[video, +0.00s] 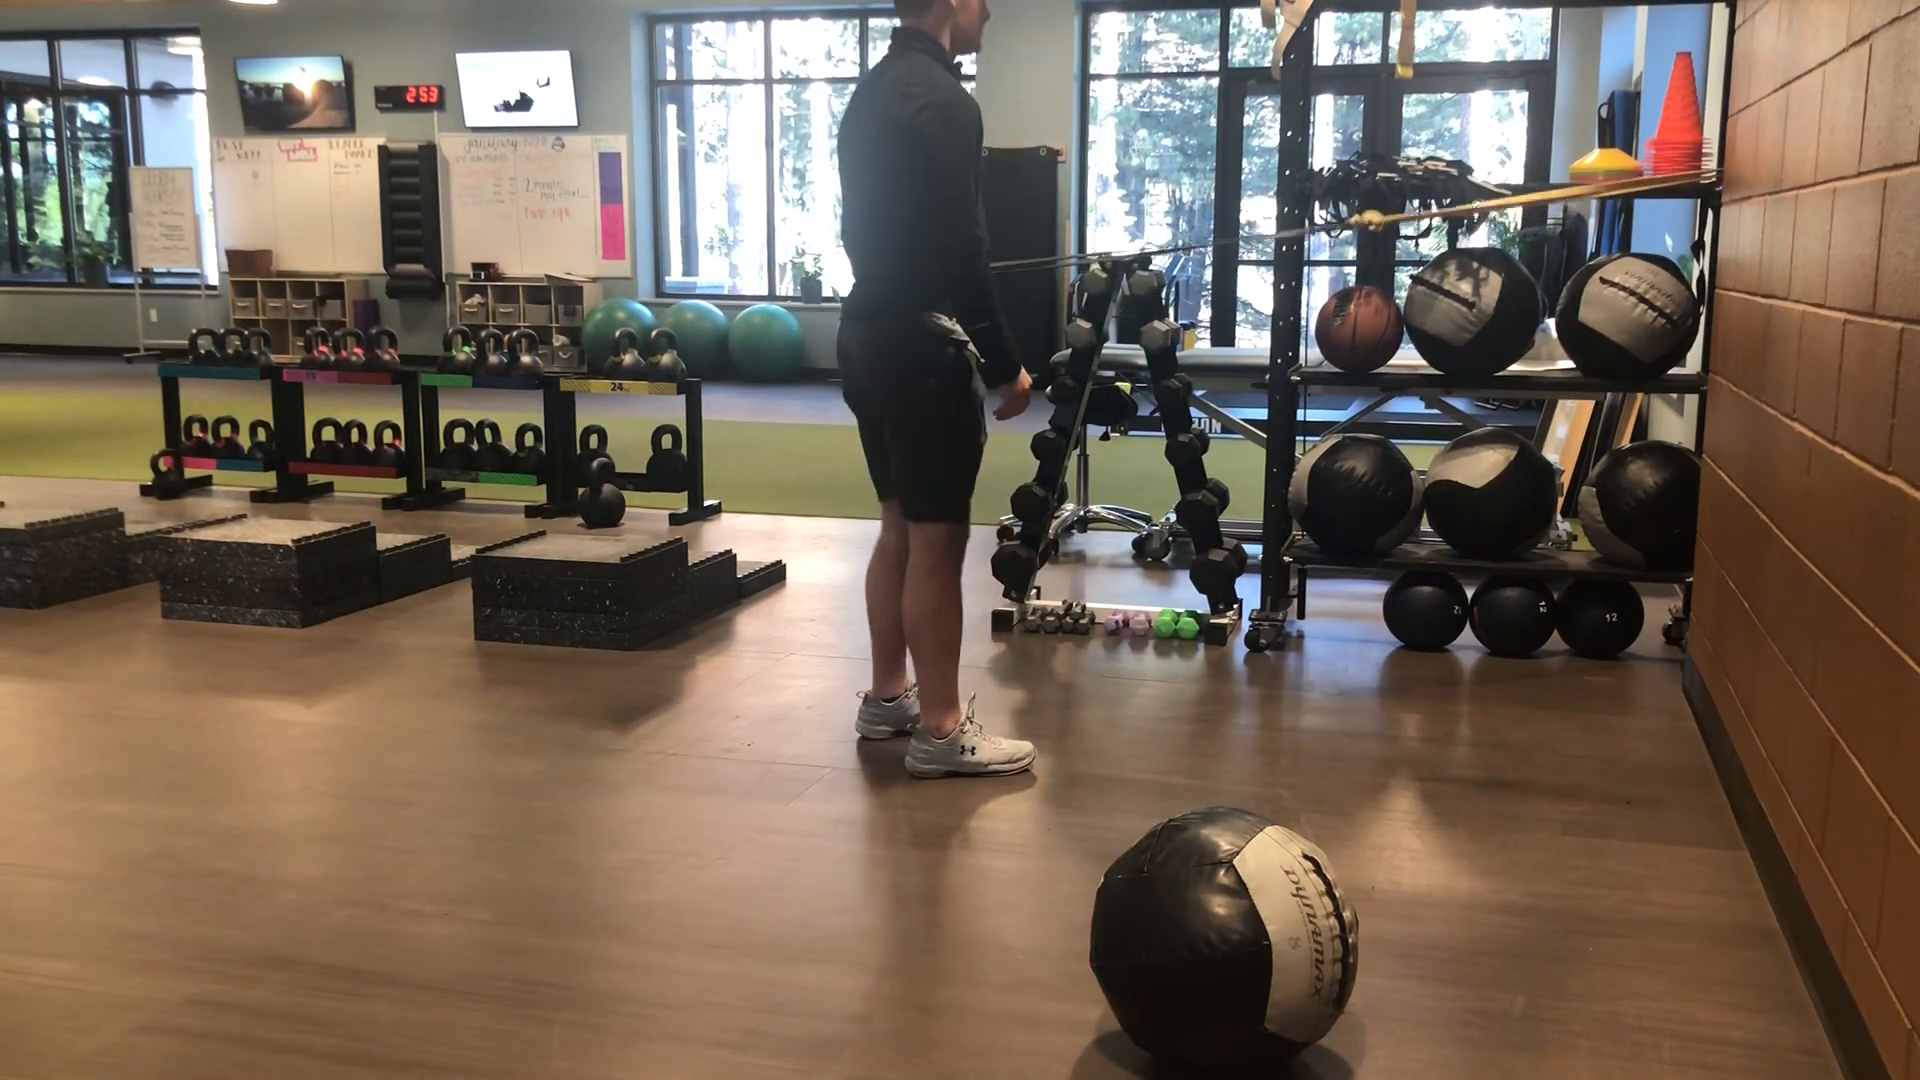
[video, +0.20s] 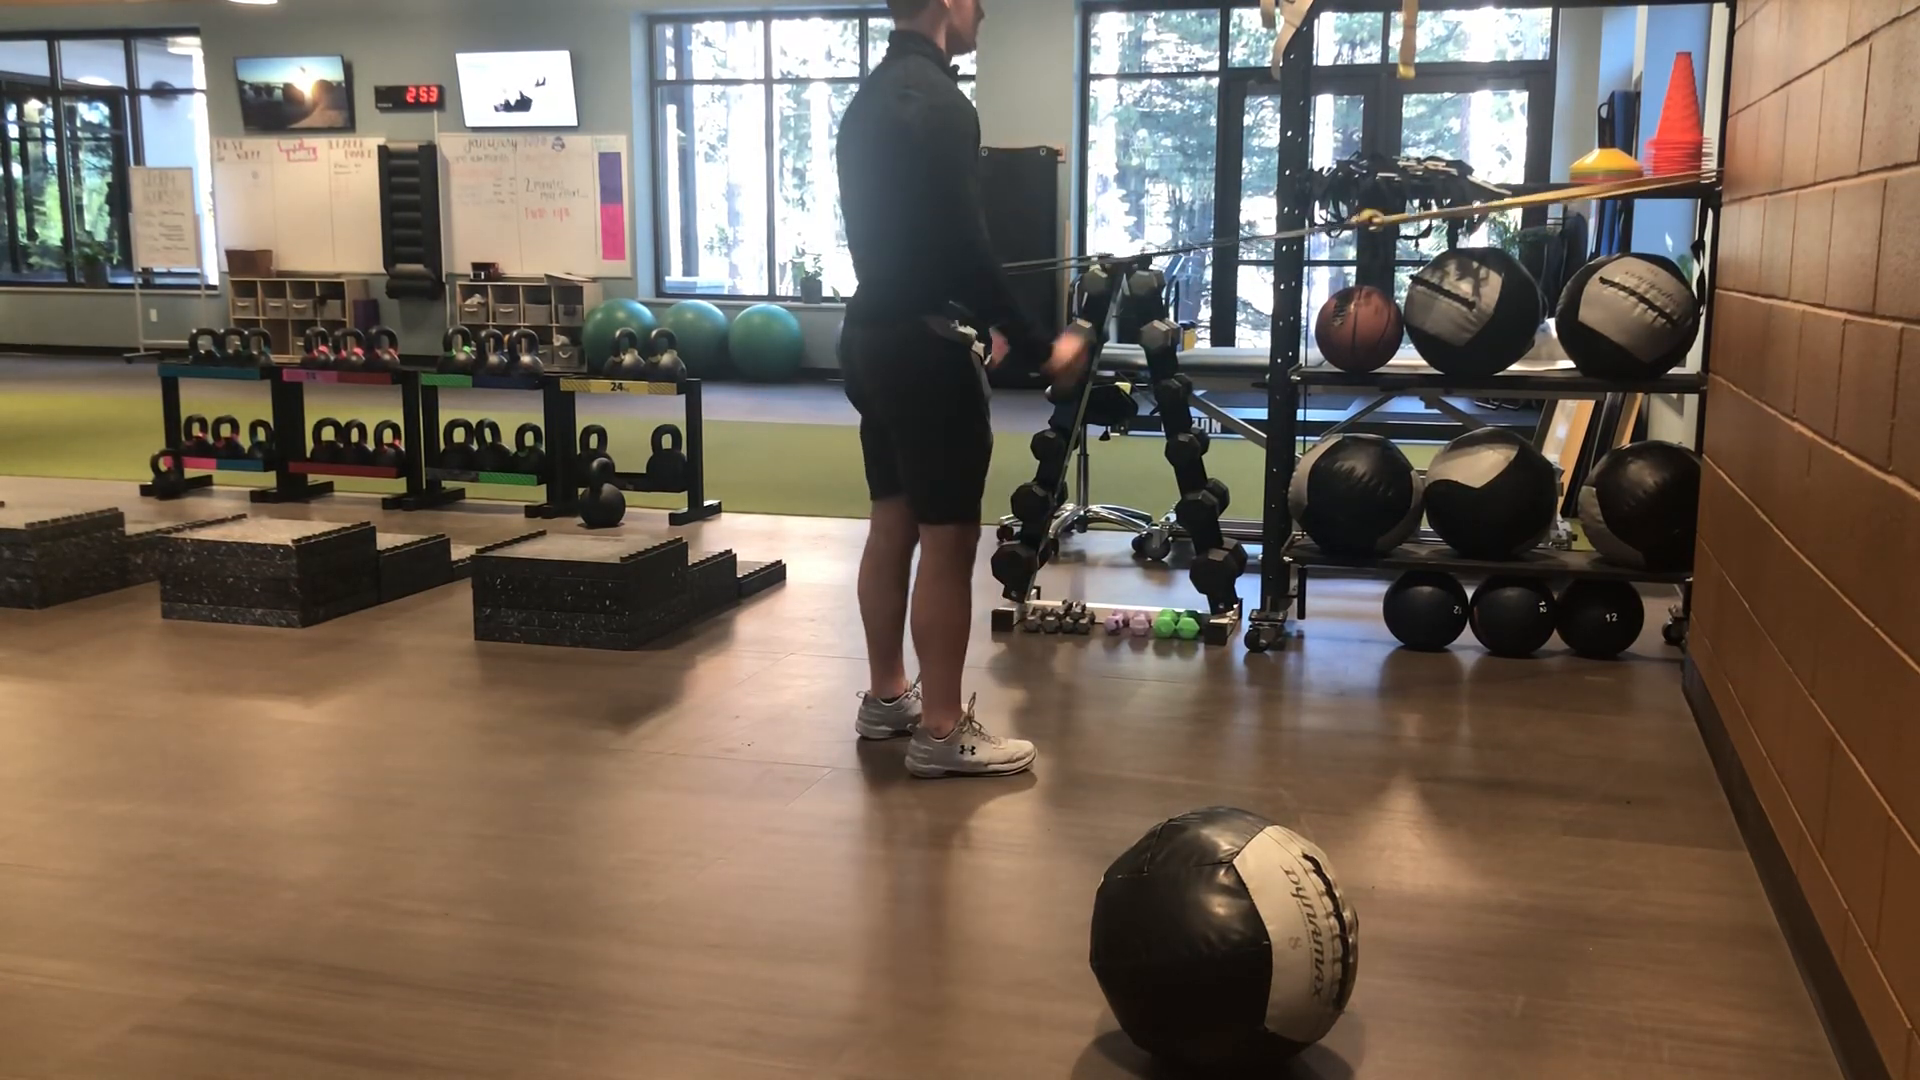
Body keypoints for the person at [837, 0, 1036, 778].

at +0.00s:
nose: (984, 18)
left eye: (982, 8)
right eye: (980, 7)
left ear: (912, 12)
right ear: (955, 7)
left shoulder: (869, 95)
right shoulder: (947, 103)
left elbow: (863, 236)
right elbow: (959, 250)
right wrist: (1006, 361)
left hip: (869, 332)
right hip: (930, 338)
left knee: (899, 524)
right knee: (937, 541)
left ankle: (885, 701)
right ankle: (942, 731)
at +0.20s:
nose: (981, 19)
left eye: (979, 8)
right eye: (977, 6)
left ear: (910, 14)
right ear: (949, 8)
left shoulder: (864, 104)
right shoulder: (941, 105)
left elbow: (899, 242)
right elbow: (965, 248)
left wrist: (980, 312)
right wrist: (1039, 338)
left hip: (871, 337)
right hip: (931, 343)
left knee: (891, 521)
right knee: (949, 538)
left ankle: (885, 697)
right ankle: (944, 729)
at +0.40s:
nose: (980, 16)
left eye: (976, 6)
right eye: (976, 5)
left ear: (912, 13)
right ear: (949, 6)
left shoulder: (872, 96)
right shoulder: (946, 102)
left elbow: (956, 179)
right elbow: (1032, 205)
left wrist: (1045, 169)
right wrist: (1120, 182)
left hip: (876, 338)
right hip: (935, 346)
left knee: (902, 526)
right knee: (947, 543)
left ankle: (885, 700)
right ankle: (943, 731)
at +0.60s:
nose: (975, 10)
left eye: (971, 1)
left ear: (903, 7)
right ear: (943, 3)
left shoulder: (878, 76)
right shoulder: (945, 75)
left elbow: (1000, 60)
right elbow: (1088, 60)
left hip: (886, 323)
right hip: (945, 328)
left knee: (919, 511)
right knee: (960, 530)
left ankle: (900, 679)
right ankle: (953, 717)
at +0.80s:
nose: (979, 14)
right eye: (971, 9)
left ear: (890, 1)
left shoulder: (873, 49)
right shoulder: (949, 36)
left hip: (896, 293)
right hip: (960, 296)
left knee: (930, 483)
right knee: (975, 508)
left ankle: (925, 650)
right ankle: (986, 691)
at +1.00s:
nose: (967, 11)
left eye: (965, 7)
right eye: (962, 4)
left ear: (891, 1)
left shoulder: (871, 52)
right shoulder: (939, 43)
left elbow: (995, 49)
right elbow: (1072, 46)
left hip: (888, 302)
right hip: (946, 304)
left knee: (933, 493)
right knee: (973, 508)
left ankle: (912, 658)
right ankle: (973, 698)